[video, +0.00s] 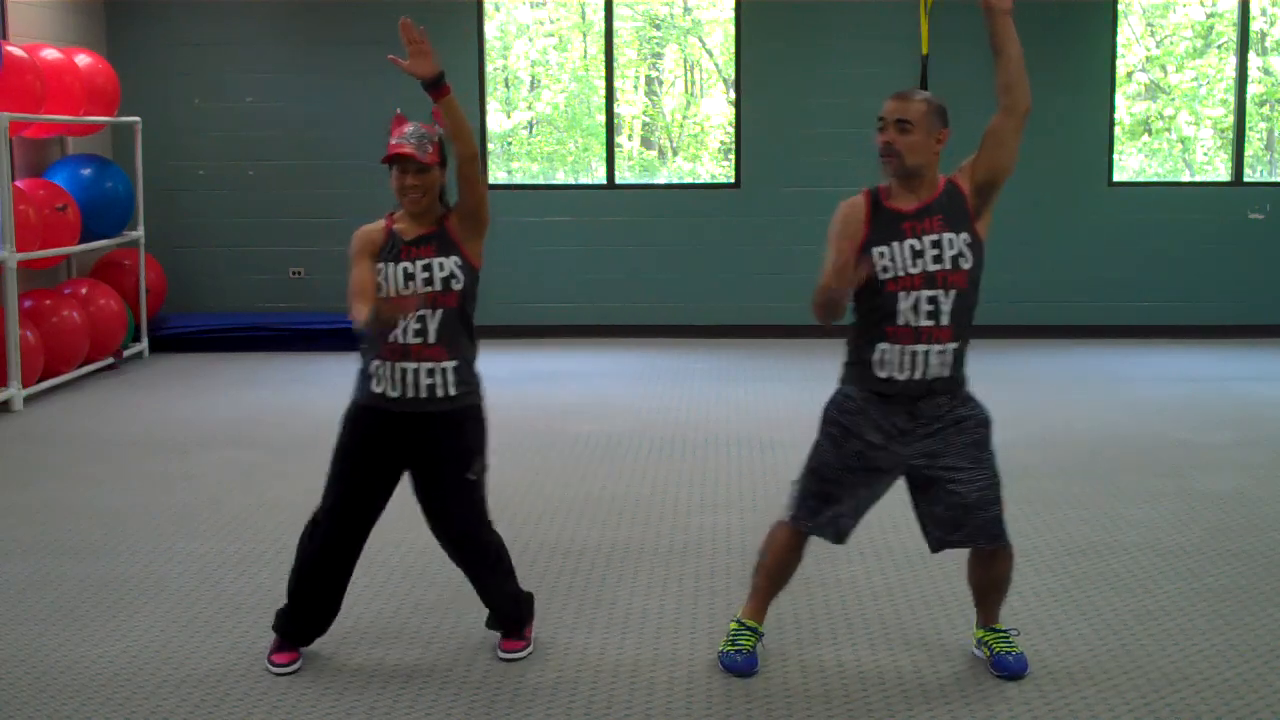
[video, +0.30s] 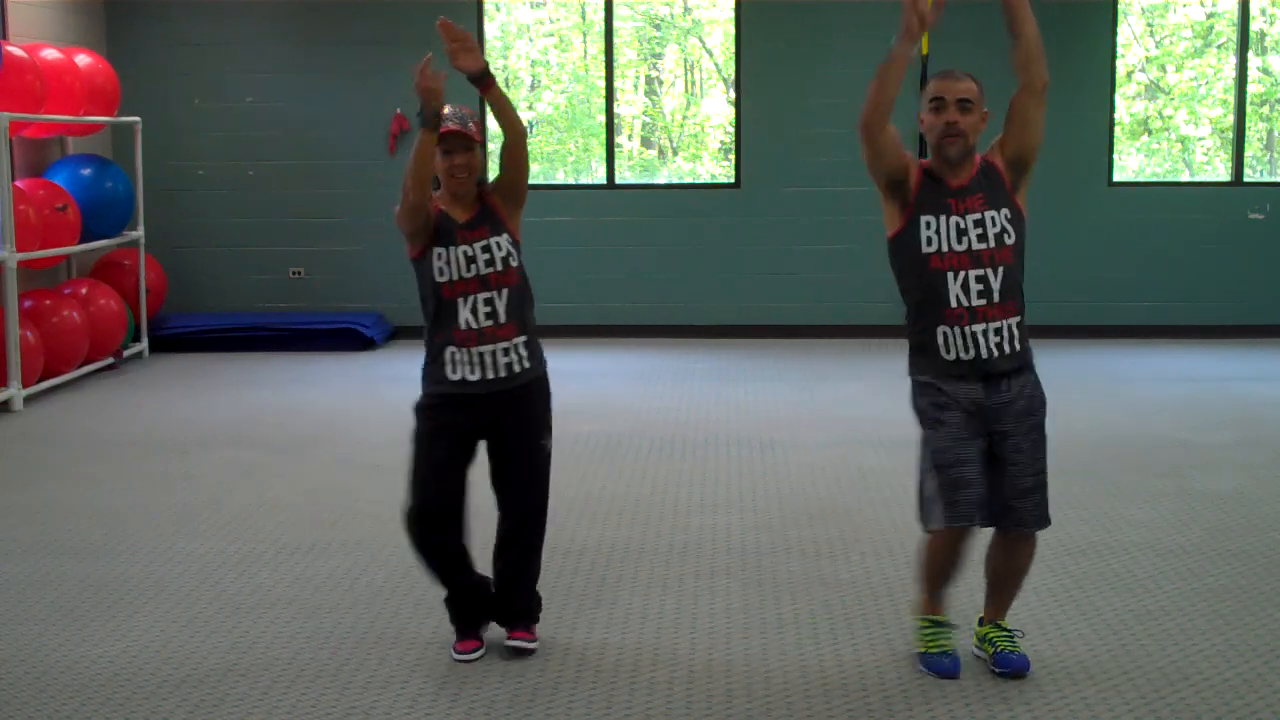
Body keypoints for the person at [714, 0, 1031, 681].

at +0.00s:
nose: (886, 139)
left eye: (901, 128)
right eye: (882, 128)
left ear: (939, 138)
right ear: (876, 137)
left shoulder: (971, 194)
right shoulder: (857, 213)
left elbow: (1015, 107)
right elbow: (824, 312)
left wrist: (1000, 13)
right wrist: (842, 283)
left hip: (945, 409)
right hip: (865, 408)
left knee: (990, 534)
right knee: (800, 519)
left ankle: (991, 630)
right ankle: (748, 623)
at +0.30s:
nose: (952, 116)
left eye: (965, 106)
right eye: (938, 106)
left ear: (983, 122)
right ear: (921, 123)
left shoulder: (1006, 174)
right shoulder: (902, 185)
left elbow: (1036, 83)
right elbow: (873, 122)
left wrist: (1017, 5)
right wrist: (908, 37)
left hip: (1013, 378)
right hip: (944, 383)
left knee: (1021, 520)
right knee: (957, 517)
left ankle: (994, 625)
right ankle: (931, 616)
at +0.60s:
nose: (984, 125)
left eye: (997, 114)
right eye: (971, 115)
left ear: (1013, 128)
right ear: (950, 129)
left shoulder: (1039, 182)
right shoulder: (935, 187)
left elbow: (1071, 90)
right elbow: (925, 104)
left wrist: (1016, 12)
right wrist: (968, 17)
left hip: (1009, 394)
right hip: (936, 391)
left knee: (998, 527)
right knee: (932, 524)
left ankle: (982, 624)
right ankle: (946, 625)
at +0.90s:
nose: (1051, 125)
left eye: (1052, 116)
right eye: (1036, 115)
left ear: (1047, 130)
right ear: (996, 129)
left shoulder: (1070, 177)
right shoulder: (961, 183)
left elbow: (1157, 144)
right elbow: (952, 83)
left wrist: (1242, 111)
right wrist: (987, 7)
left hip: (1057, 399)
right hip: (978, 402)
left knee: (1114, 519)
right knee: (959, 537)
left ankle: (1165, 623)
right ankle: (950, 626)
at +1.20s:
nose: (1078, 130)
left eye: (1077, 120)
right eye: (1064, 120)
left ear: (1060, 136)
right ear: (1020, 135)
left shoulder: (1093, 205)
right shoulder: (981, 191)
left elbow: (1126, 278)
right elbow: (962, 98)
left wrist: (1169, 337)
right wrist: (980, 13)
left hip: (1095, 397)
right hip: (1015, 406)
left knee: (1134, 519)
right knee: (995, 531)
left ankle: (1161, 628)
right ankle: (951, 622)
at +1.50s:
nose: (1030, 129)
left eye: (1034, 119)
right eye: (1015, 118)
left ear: (1036, 132)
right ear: (976, 130)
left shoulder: (1047, 200)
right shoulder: (942, 182)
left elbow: (1122, 231)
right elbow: (928, 94)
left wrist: (1096, 178)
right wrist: (948, 12)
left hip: (1027, 394)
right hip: (951, 397)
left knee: (1063, 522)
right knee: (942, 530)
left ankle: (1045, 610)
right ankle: (944, 628)